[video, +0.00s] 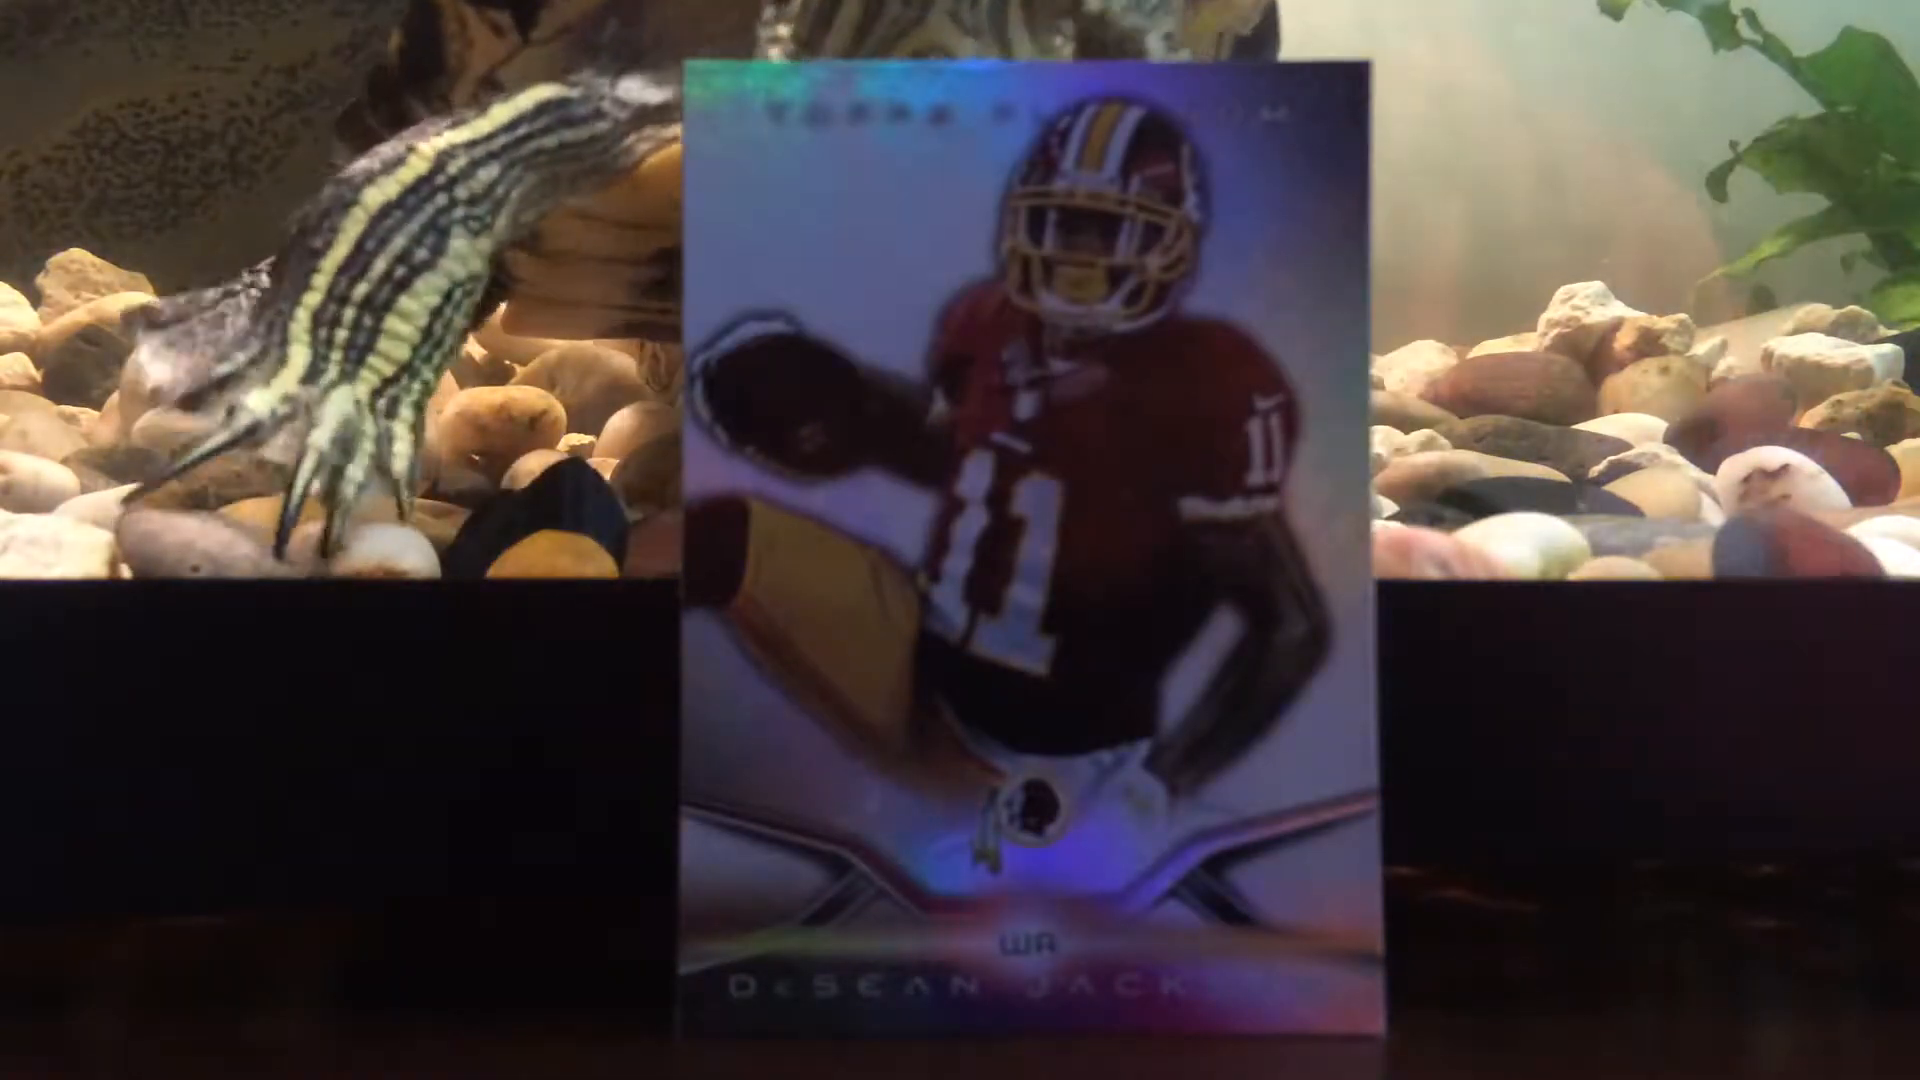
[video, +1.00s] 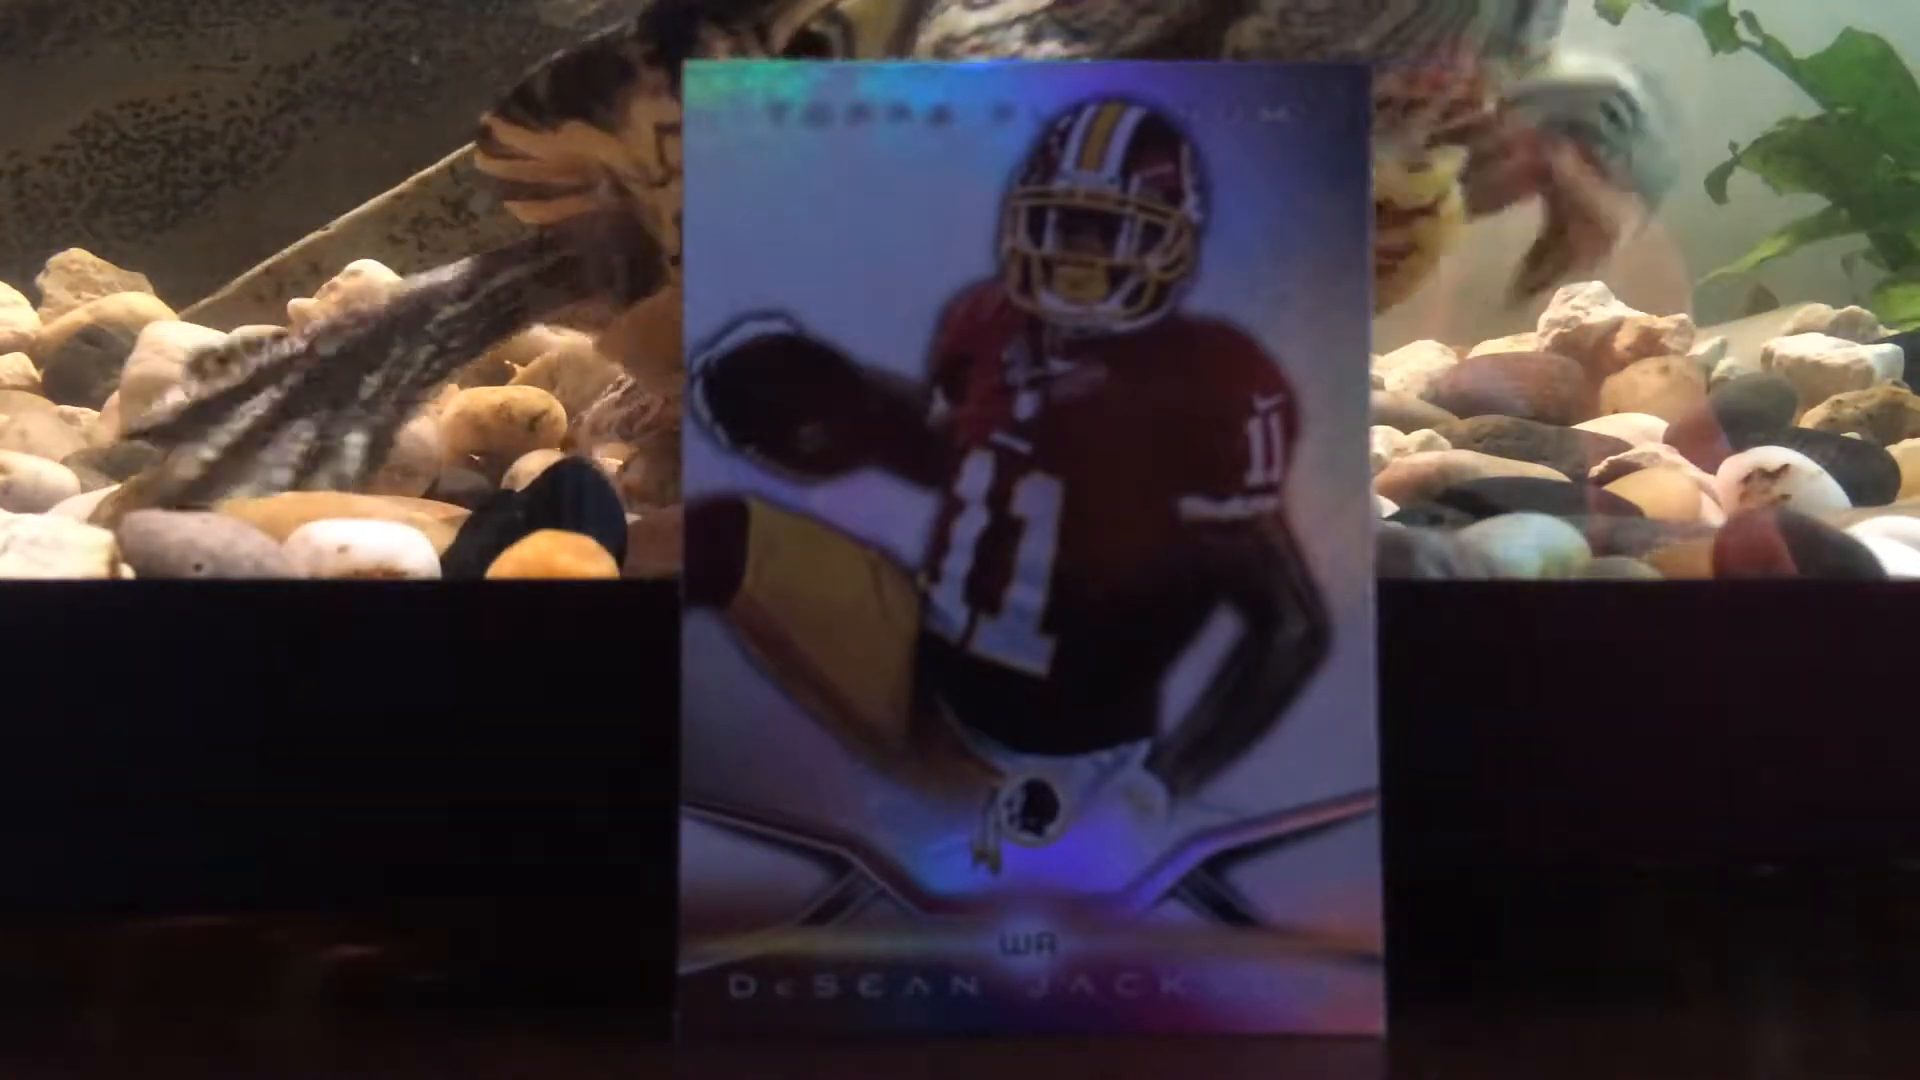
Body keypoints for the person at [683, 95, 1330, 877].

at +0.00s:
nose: (1080, 257)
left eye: (1114, 232)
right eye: (1061, 225)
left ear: (1176, 246)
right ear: (1021, 227)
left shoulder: (1213, 388)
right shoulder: (981, 327)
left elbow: (1292, 628)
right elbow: (959, 460)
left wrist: (1157, 787)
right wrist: (858, 416)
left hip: (1079, 749)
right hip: (929, 675)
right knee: (718, 538)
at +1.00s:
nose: (1079, 259)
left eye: (1114, 233)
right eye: (1060, 225)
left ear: (1175, 247)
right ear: (1020, 228)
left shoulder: (1216, 389)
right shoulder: (980, 327)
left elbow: (1293, 629)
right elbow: (957, 459)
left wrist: (1155, 789)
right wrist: (855, 413)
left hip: (1078, 753)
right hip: (930, 680)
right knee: (715, 538)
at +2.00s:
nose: (1079, 259)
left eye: (1114, 233)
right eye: (1059, 225)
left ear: (1175, 247)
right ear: (1020, 226)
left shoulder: (1217, 386)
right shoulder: (979, 325)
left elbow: (1294, 628)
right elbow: (958, 457)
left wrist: (1157, 792)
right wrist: (852, 411)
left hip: (1078, 753)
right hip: (929, 688)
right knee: (713, 539)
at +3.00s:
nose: (1080, 250)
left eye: (1115, 228)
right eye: (1061, 219)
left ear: (1176, 244)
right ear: (1022, 223)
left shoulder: (1215, 386)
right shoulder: (980, 324)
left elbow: (1294, 630)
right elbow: (957, 459)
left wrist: (1155, 792)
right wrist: (854, 412)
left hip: (1082, 756)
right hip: (930, 684)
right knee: (714, 537)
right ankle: (910, 796)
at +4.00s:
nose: (1080, 253)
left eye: (1114, 229)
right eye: (1060, 221)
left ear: (1175, 244)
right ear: (1021, 225)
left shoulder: (1214, 383)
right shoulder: (980, 325)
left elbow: (1294, 630)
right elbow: (955, 457)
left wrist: (1155, 793)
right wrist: (852, 411)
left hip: (1077, 758)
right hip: (927, 680)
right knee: (713, 535)